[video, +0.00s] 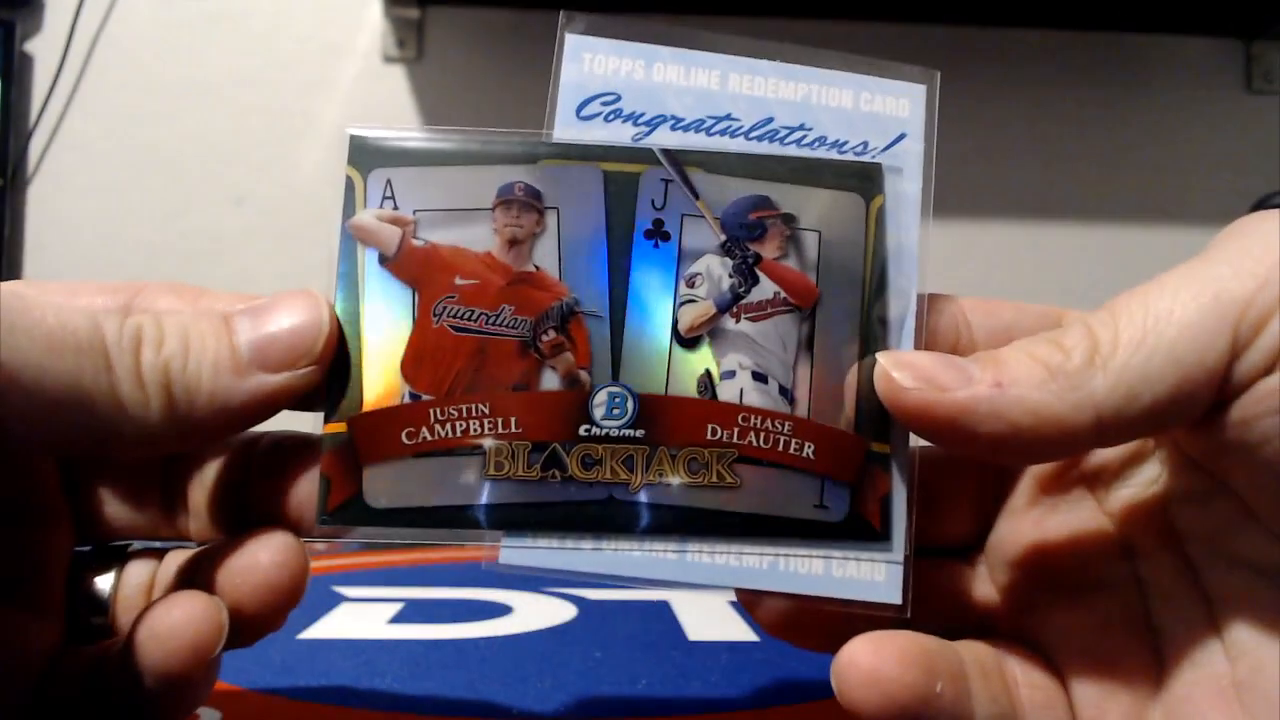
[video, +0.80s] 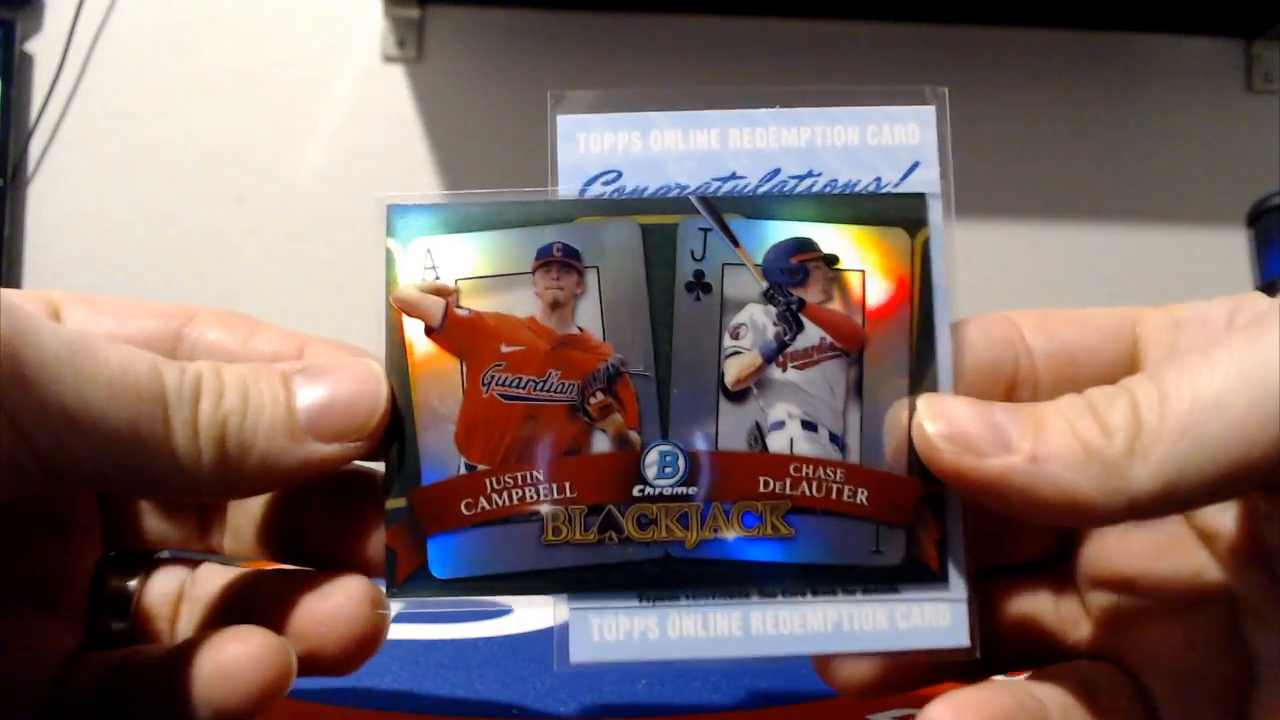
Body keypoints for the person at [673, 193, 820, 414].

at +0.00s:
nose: (786, 231)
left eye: (784, 223)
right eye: (775, 223)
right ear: (749, 227)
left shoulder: (786, 274)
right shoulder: (713, 266)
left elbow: (810, 296)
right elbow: (687, 325)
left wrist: (757, 260)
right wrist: (731, 294)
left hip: (783, 396)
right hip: (743, 388)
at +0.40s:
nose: (792, 240)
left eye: (790, 233)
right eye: (782, 233)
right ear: (755, 238)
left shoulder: (793, 283)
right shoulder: (722, 278)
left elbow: (819, 306)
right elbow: (697, 341)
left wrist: (764, 270)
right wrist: (741, 307)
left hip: (797, 404)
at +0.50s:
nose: (804, 251)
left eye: (801, 244)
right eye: (793, 245)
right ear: (766, 251)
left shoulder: (808, 298)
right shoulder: (734, 293)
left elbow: (833, 317)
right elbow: (711, 357)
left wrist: (776, 283)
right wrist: (753, 321)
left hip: (813, 421)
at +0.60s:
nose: (813, 264)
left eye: (810, 256)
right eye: (802, 257)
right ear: (775, 264)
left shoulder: (816, 309)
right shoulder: (741, 306)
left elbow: (841, 329)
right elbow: (719, 370)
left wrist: (784, 295)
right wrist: (762, 333)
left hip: (821, 431)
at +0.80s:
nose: (829, 274)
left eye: (826, 266)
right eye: (816, 267)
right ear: (789, 274)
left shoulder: (834, 323)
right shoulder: (758, 315)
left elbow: (857, 340)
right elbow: (733, 379)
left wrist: (798, 305)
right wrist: (777, 342)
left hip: (835, 443)